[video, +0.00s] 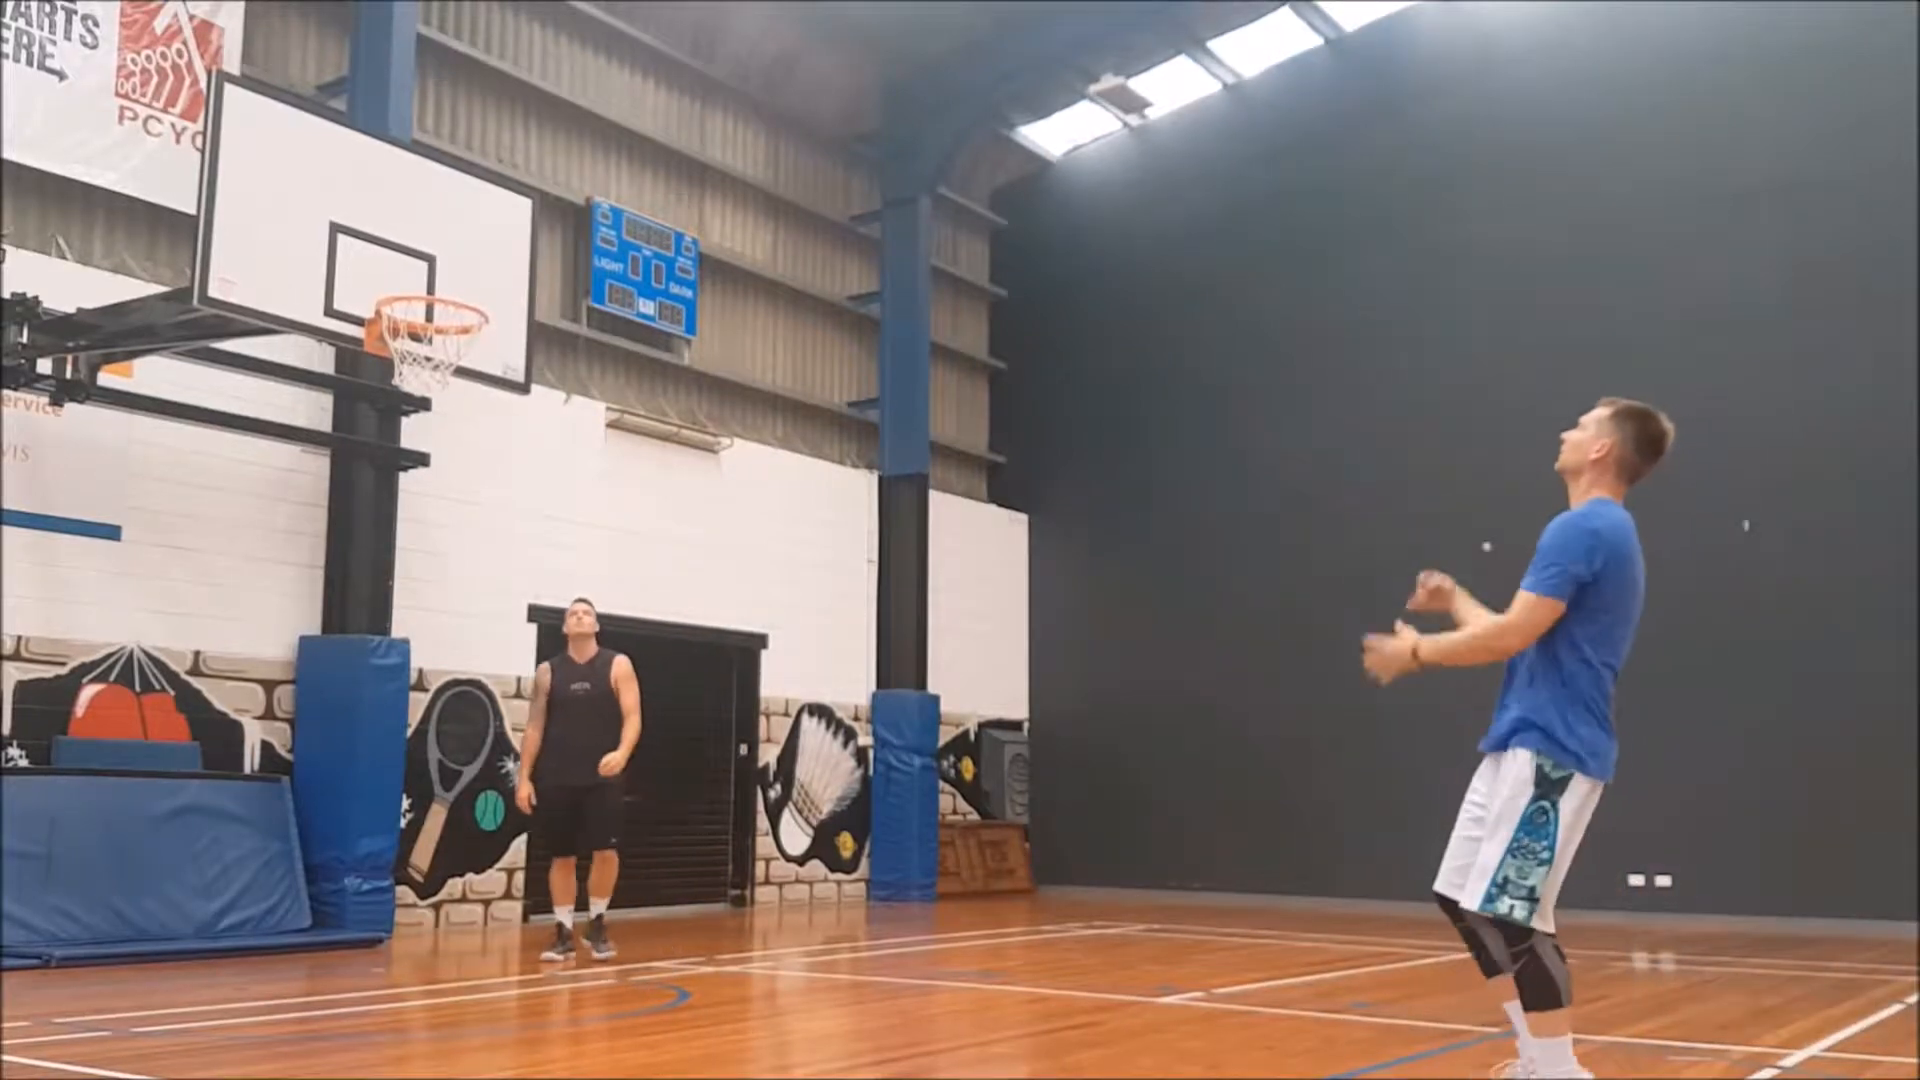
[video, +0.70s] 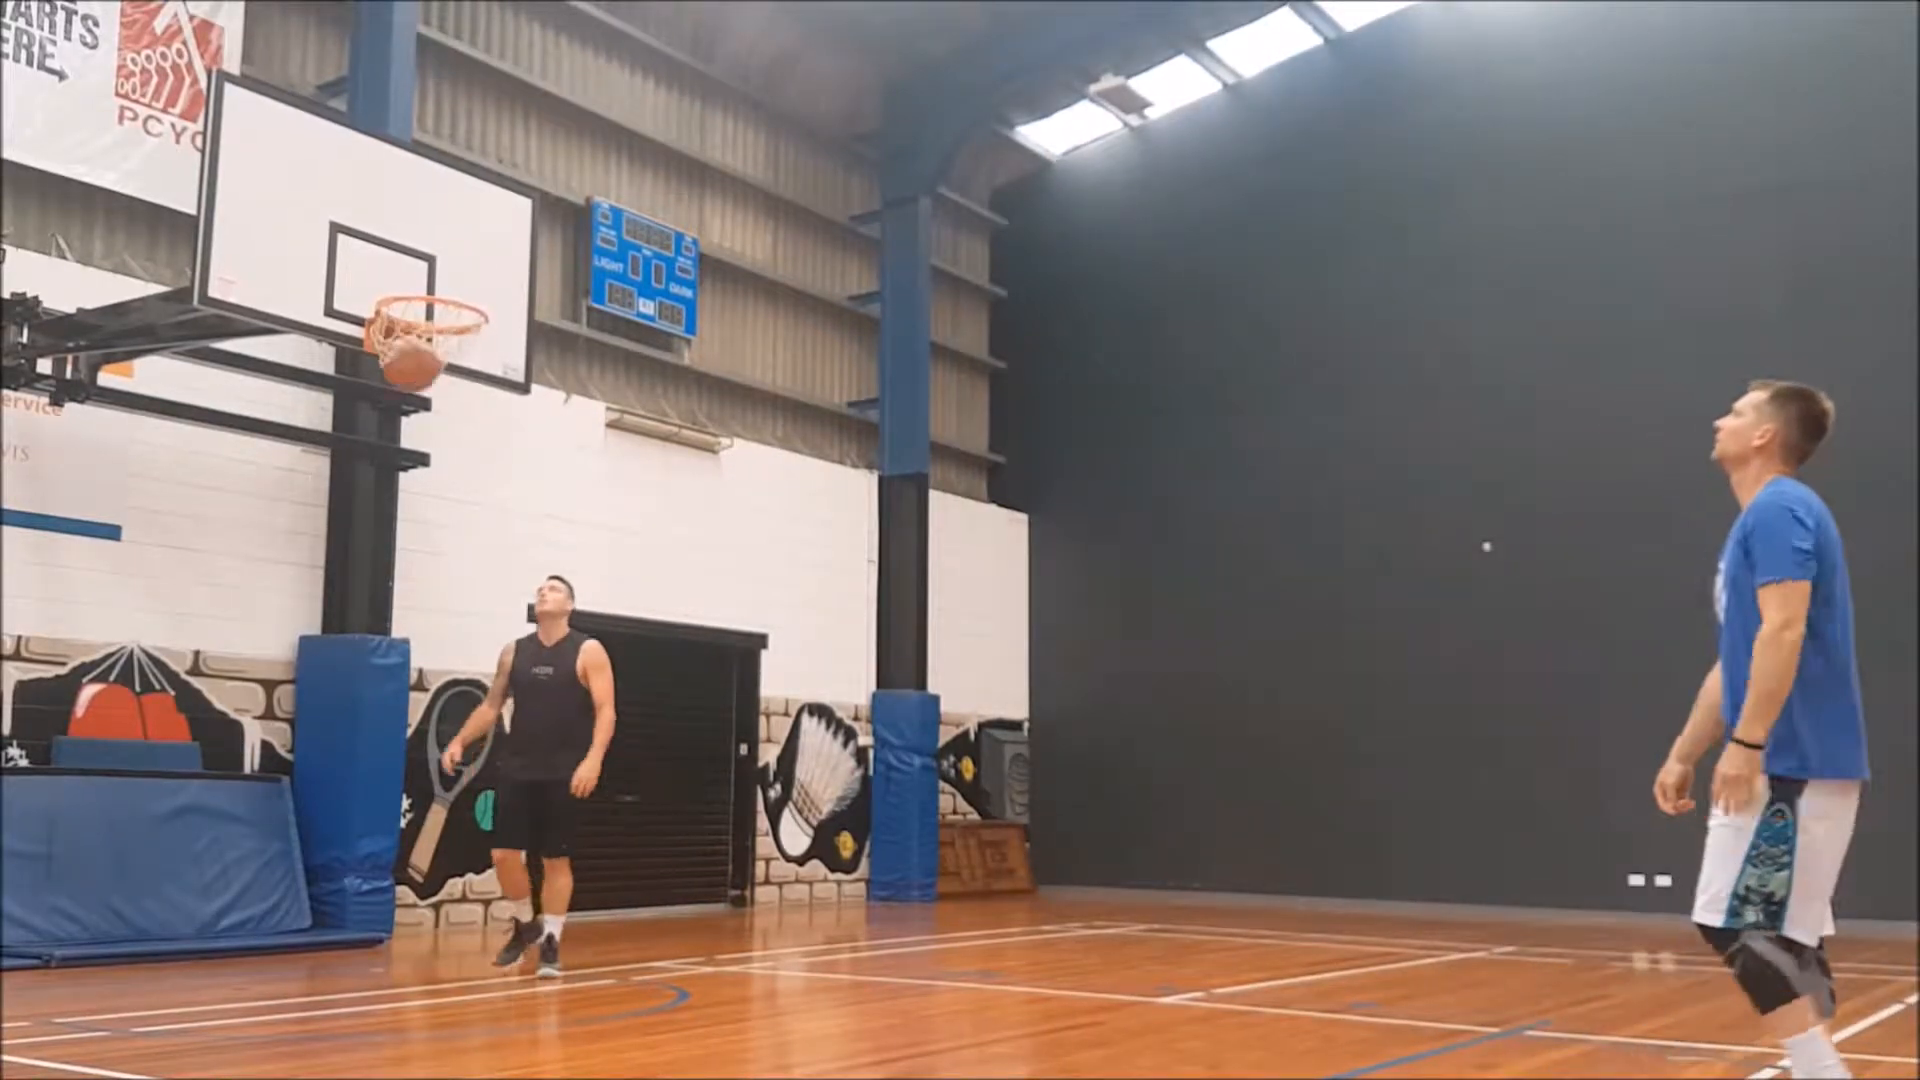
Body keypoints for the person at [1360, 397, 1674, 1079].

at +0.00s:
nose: (1566, 433)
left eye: (1579, 425)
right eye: (1576, 423)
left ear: (1600, 447)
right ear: (1609, 453)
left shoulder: (1585, 528)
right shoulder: (1601, 530)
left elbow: (1509, 635)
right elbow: (1522, 640)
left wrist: (1414, 649)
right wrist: (1457, 602)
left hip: (1555, 750)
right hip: (1531, 743)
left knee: (1508, 908)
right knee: (1461, 895)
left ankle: (1559, 1069)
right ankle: (1536, 1053)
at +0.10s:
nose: (1574, 431)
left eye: (1588, 424)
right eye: (1583, 422)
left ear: (1611, 448)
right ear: (1618, 455)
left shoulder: (1600, 527)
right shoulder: (1607, 527)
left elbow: (1565, 645)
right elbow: (1562, 652)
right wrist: (1490, 700)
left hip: (1575, 755)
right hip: (1547, 749)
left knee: (1533, 924)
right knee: (1487, 904)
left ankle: (1562, 1070)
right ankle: (1620, 1041)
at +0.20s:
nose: (1586, 431)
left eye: (1601, 425)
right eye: (1596, 422)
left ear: (1626, 450)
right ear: (1631, 457)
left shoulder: (1620, 530)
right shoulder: (1634, 529)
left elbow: (1628, 647)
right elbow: (1624, 650)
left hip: (1578, 765)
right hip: (1592, 762)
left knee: (1547, 929)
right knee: (1581, 932)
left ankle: (1560, 1072)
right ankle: (1699, 1040)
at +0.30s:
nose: (1604, 433)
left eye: (1618, 426)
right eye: (1614, 423)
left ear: (1642, 449)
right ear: (1647, 453)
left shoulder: (1651, 525)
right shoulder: (1634, 531)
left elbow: (1703, 628)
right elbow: (1645, 669)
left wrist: (1744, 735)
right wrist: (1668, 770)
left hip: (1612, 767)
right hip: (1631, 765)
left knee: (1572, 930)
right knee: (1638, 939)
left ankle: (1562, 1072)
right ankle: (1759, 1068)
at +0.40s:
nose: (1628, 434)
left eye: (1643, 426)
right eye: (1638, 423)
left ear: (1669, 449)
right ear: (1673, 453)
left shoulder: (1680, 521)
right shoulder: (1665, 528)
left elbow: (1754, 617)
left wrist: (1811, 718)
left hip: (1656, 766)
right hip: (1687, 765)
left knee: (1596, 927)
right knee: (1699, 937)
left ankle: (1571, 1071)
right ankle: (1783, 1069)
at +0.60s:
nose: (1686, 424)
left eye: (1702, 417)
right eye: (1696, 415)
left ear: (1732, 440)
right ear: (1736, 446)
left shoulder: (1741, 508)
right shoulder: (1730, 522)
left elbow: (1784, 622)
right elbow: (1710, 666)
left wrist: (1803, 741)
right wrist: (1673, 760)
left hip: (1738, 760)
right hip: (1767, 759)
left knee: (1673, 917)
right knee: (1770, 926)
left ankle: (1700, 1070)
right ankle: (1805, 1070)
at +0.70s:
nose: (1718, 423)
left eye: (1734, 413)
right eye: (1727, 412)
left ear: (1766, 435)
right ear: (1768, 439)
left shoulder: (1777, 507)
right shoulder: (1763, 518)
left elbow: (1785, 630)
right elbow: (1736, 656)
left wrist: (1746, 743)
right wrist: (1685, 751)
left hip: (1790, 763)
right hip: (1799, 761)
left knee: (1732, 920)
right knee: (1793, 930)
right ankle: (1808, 1062)